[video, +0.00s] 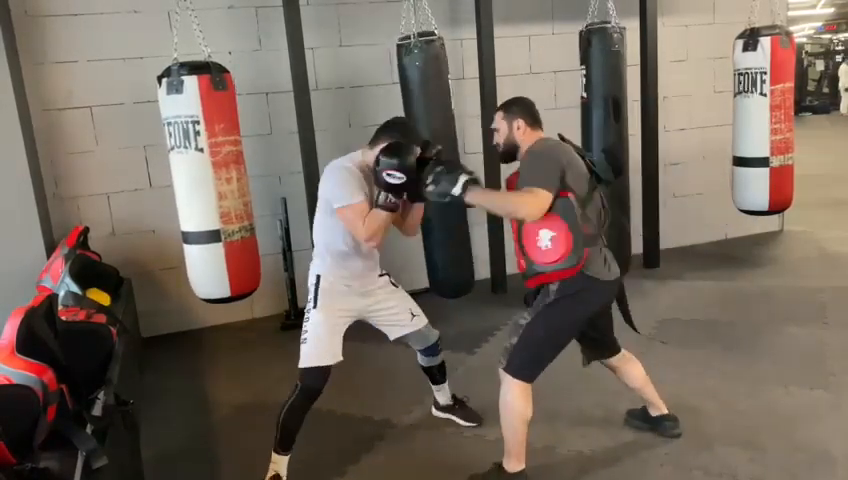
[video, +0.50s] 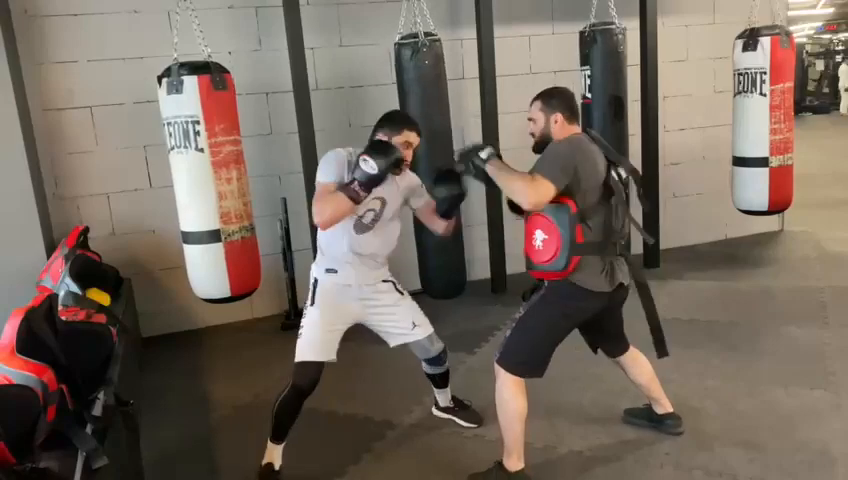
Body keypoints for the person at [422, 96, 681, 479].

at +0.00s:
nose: (493, 136)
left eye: (497, 128)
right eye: (493, 129)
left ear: (519, 125)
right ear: (529, 125)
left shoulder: (542, 153)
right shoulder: (560, 150)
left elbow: (531, 206)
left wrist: (465, 189)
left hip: (577, 284)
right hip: (598, 276)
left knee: (516, 372)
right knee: (610, 352)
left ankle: (513, 466)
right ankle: (660, 413)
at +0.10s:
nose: (487, 145)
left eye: (488, 136)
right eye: (486, 137)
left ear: (510, 130)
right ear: (513, 132)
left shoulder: (556, 150)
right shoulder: (523, 171)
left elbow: (556, 193)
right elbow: (500, 223)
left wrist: (500, 174)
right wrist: (439, 225)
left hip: (581, 283)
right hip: (570, 282)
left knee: (516, 373)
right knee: (598, 355)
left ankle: (514, 467)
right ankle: (657, 412)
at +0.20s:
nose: (491, 147)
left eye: (492, 138)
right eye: (490, 139)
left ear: (513, 134)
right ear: (517, 134)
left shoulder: (562, 157)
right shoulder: (524, 172)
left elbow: (563, 194)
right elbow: (513, 230)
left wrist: (500, 181)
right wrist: (475, 258)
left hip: (570, 292)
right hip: (566, 289)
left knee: (508, 376)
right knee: (594, 354)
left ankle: (512, 469)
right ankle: (656, 410)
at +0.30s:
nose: (505, 136)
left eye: (504, 128)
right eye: (502, 129)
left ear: (523, 123)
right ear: (537, 122)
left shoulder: (557, 152)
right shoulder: (569, 150)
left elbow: (550, 201)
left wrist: (504, 154)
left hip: (567, 286)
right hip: (599, 280)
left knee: (510, 372)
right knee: (614, 352)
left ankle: (513, 467)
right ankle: (660, 410)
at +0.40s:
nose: (520, 130)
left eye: (524, 123)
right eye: (520, 123)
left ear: (546, 121)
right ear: (557, 122)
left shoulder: (554, 151)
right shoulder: (585, 150)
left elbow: (514, 203)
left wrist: (477, 165)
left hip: (579, 282)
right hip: (615, 277)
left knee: (511, 368)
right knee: (620, 348)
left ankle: (515, 466)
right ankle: (664, 411)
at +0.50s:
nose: (530, 128)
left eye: (534, 120)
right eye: (530, 120)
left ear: (558, 119)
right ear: (567, 121)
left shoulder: (564, 151)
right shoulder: (593, 147)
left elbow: (531, 197)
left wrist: (489, 161)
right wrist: (512, 180)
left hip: (576, 284)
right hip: (611, 279)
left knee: (509, 366)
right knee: (618, 347)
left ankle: (512, 464)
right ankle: (664, 411)